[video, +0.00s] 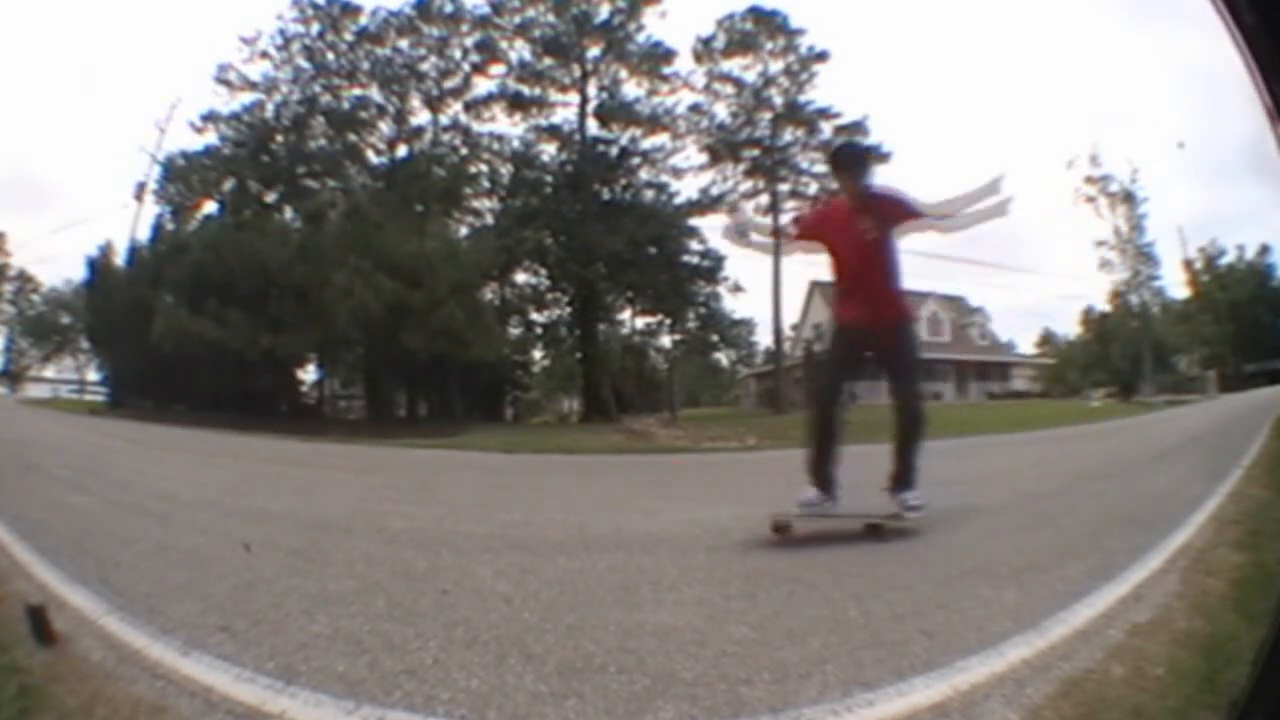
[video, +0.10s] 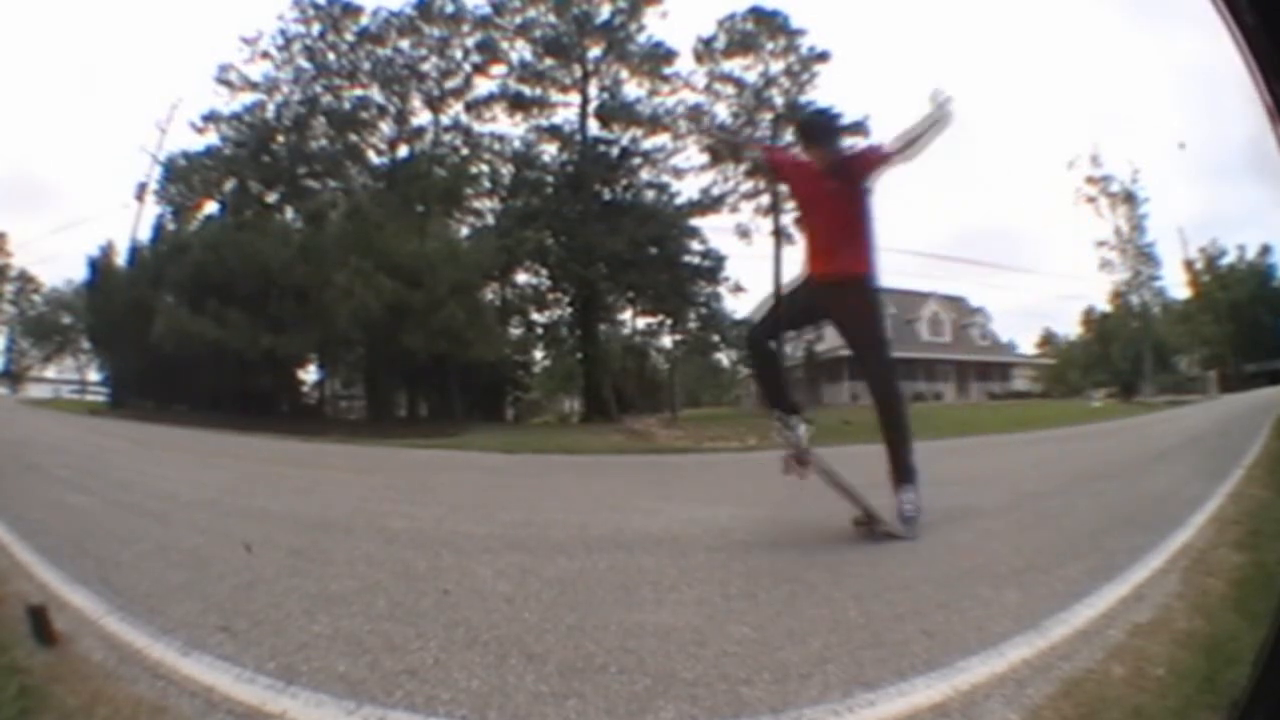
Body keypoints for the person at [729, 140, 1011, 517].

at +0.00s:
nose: (854, 183)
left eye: (859, 175)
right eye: (846, 177)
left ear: (868, 172)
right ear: (835, 176)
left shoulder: (883, 205)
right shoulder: (826, 216)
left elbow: (940, 216)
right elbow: (784, 242)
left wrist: (987, 196)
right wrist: (746, 235)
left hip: (891, 321)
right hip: (850, 324)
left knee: (909, 402)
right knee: (825, 399)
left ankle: (903, 488)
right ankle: (823, 489)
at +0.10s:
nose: (822, 153)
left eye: (824, 145)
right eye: (816, 146)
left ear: (822, 142)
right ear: (815, 143)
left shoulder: (854, 165)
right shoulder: (797, 169)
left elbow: (903, 149)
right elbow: (754, 154)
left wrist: (939, 118)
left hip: (852, 289)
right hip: (817, 288)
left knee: (882, 383)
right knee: (759, 339)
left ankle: (904, 485)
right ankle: (787, 418)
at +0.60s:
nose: (646, 188)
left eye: (649, 179)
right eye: (641, 181)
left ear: (665, 174)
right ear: (640, 181)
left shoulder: (694, 212)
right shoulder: (644, 216)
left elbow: (714, 267)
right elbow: (647, 269)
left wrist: (695, 313)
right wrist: (643, 313)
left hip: (694, 326)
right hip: (652, 326)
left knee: (696, 413)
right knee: (621, 407)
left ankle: (700, 494)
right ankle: (615, 494)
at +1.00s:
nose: (528, 170)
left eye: (531, 162)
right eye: (524, 163)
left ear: (547, 156)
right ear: (523, 161)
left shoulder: (587, 196)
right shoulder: (520, 193)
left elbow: (587, 261)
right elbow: (489, 229)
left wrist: (520, 266)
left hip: (575, 315)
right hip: (530, 314)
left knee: (577, 407)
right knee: (504, 397)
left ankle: (589, 488)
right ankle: (487, 487)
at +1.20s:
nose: (436, 166)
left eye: (439, 157)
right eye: (433, 158)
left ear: (458, 150)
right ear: (440, 155)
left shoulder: (505, 189)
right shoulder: (444, 196)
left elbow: (517, 259)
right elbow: (429, 254)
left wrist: (513, 328)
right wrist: (408, 309)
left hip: (516, 309)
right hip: (474, 309)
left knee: (519, 400)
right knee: (452, 398)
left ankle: (523, 486)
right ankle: (430, 491)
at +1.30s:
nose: (388, 177)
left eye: (390, 167)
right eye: (383, 169)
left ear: (408, 158)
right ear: (389, 166)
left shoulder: (454, 189)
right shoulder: (400, 204)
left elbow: (480, 259)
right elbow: (410, 266)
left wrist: (510, 326)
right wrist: (415, 321)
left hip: (480, 316)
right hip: (437, 318)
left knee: (494, 404)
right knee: (423, 407)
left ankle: (508, 487)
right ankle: (411, 498)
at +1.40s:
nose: (345, 182)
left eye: (348, 171)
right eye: (340, 174)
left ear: (366, 162)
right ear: (344, 174)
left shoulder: (415, 184)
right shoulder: (363, 211)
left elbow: (455, 247)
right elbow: (389, 262)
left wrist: (481, 315)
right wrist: (403, 304)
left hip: (450, 307)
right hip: (407, 313)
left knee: (466, 401)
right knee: (397, 403)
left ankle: (482, 487)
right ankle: (383, 498)